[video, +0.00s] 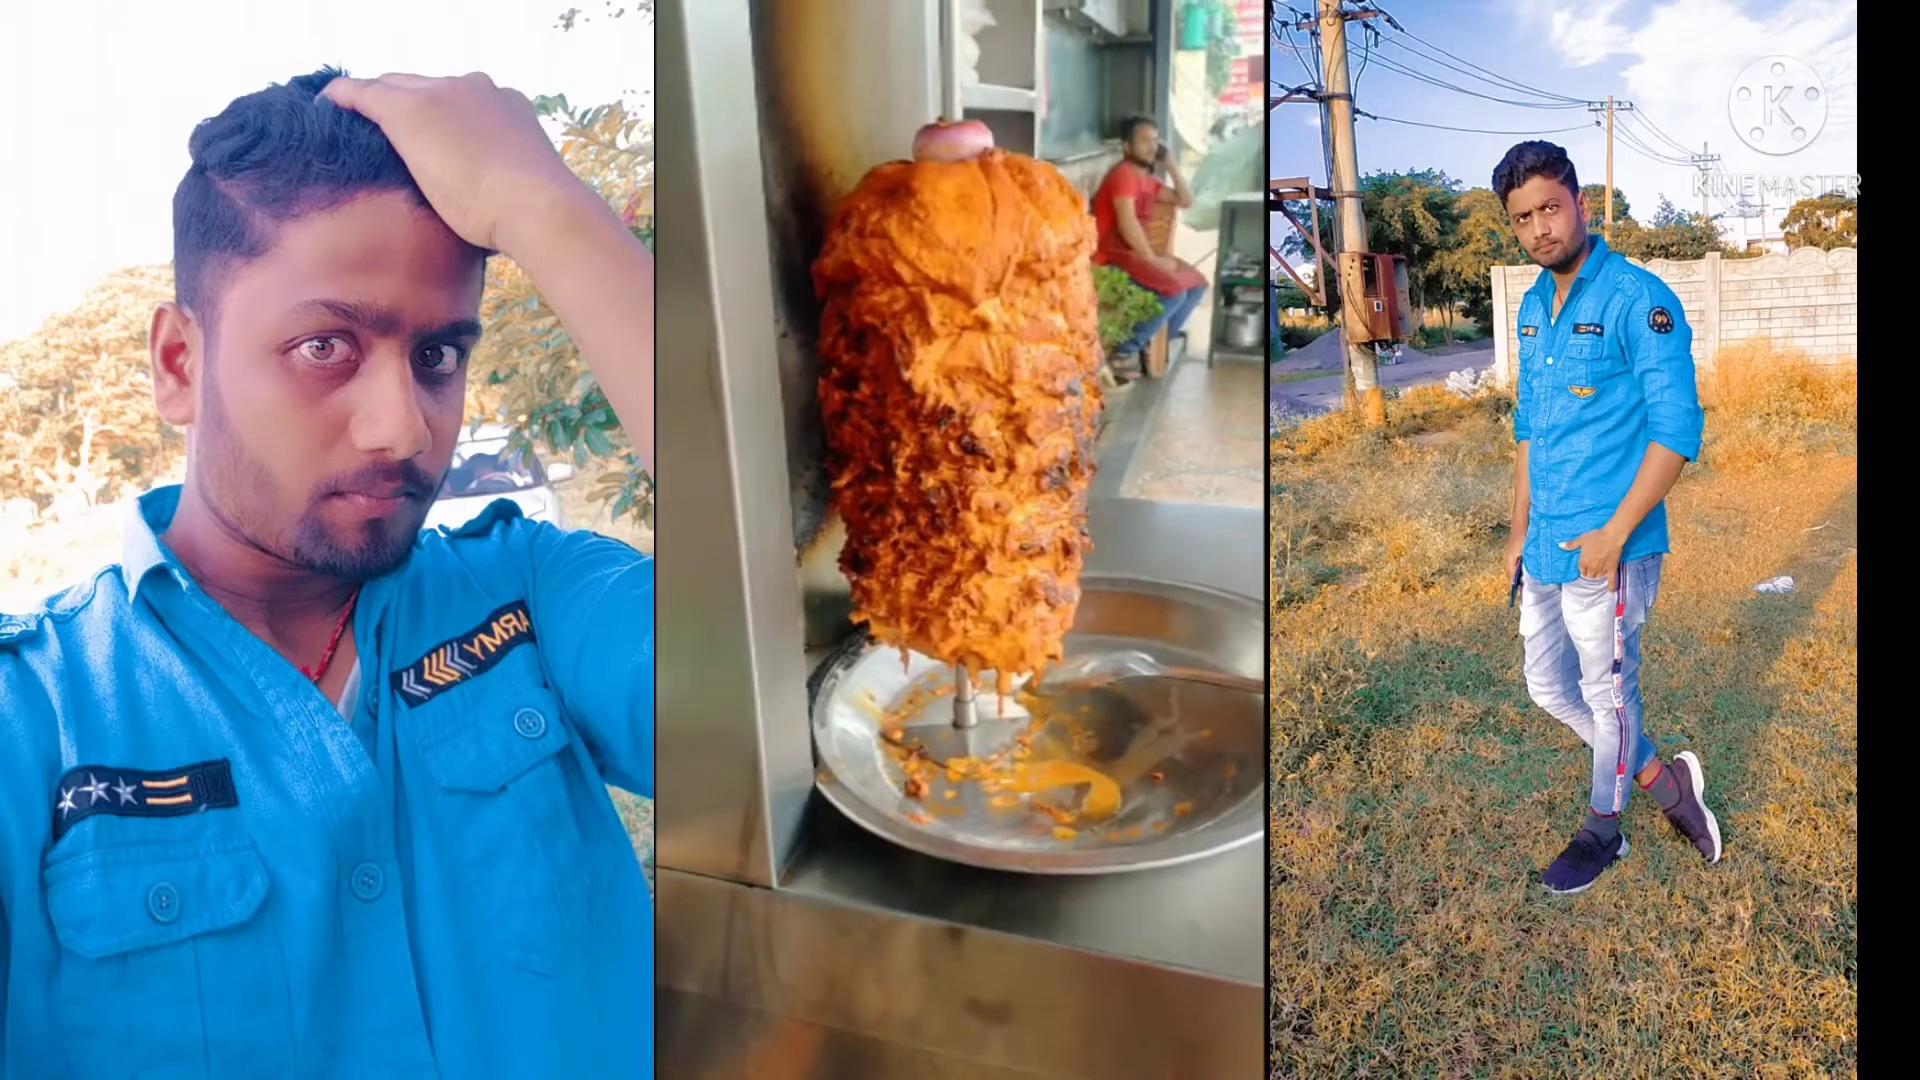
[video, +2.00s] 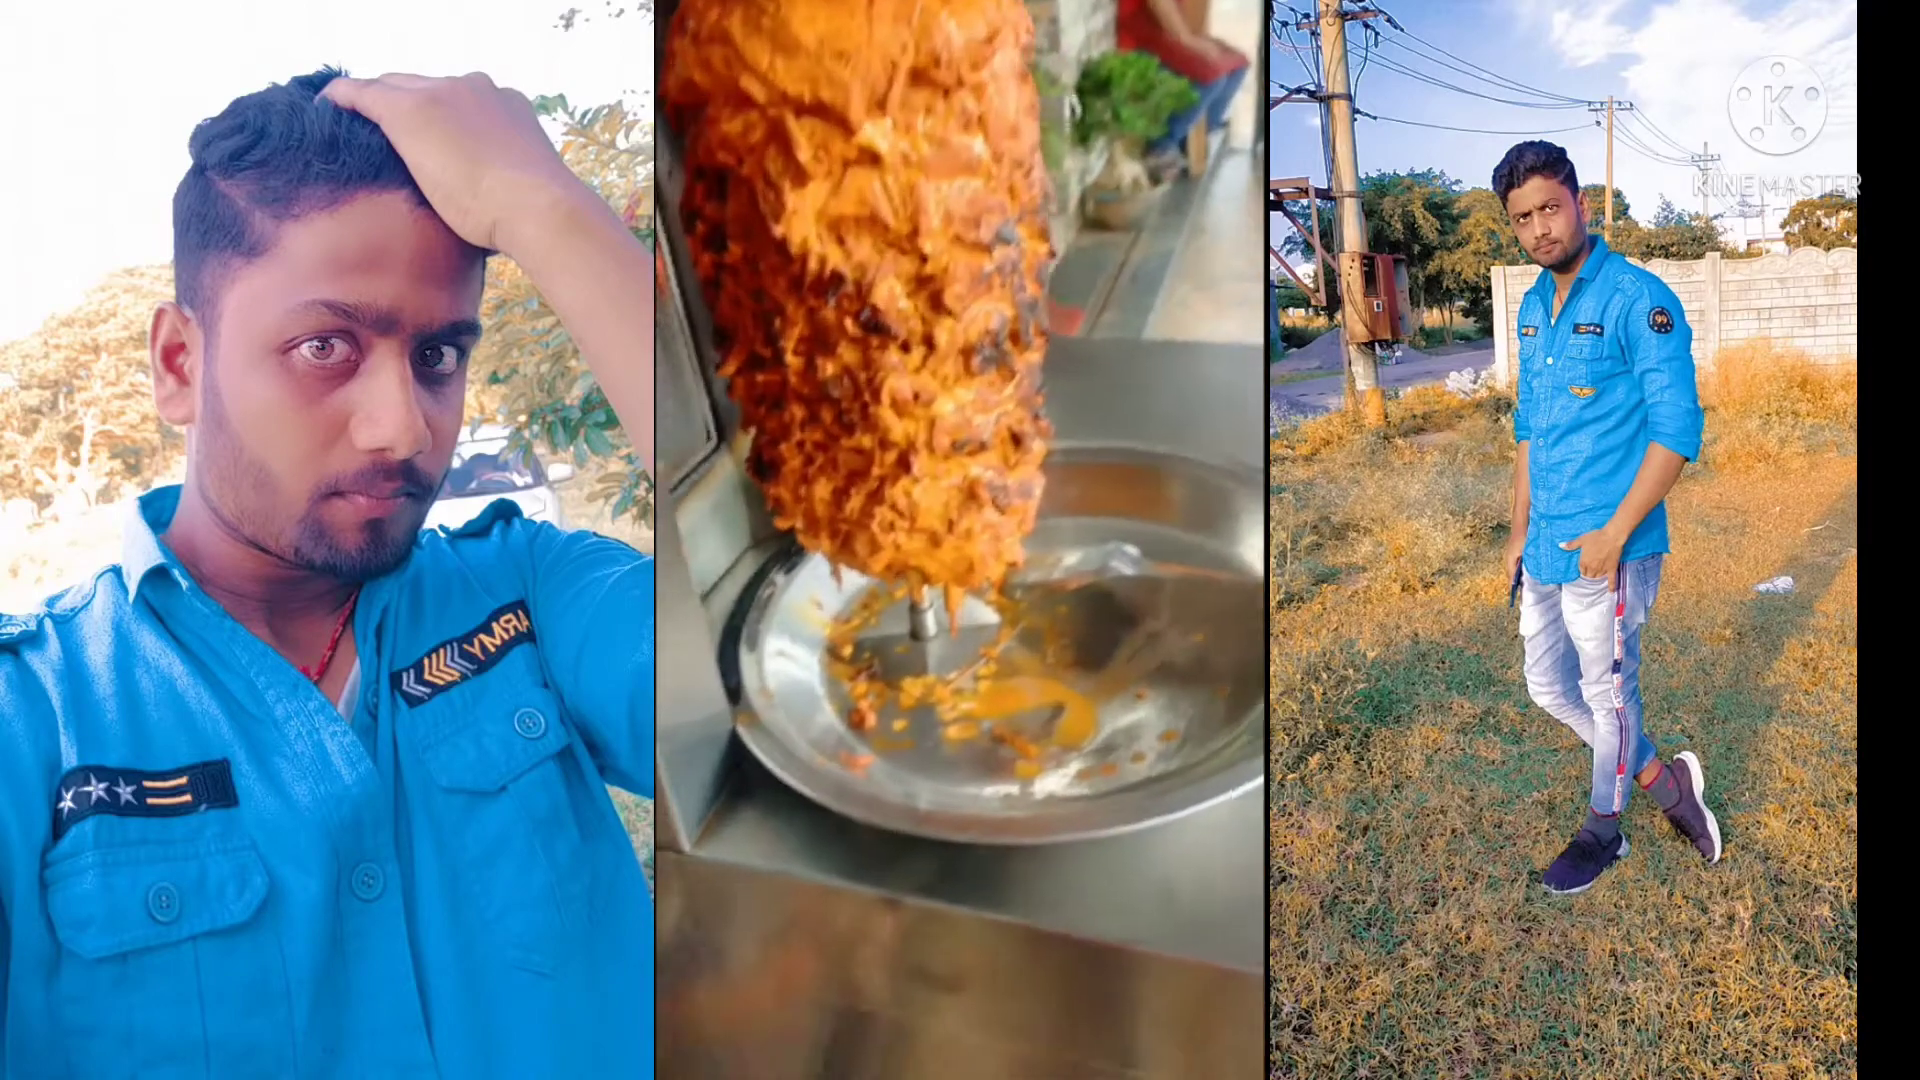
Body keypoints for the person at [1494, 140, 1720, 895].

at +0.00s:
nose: (1537, 229)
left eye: (1548, 209)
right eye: (1522, 219)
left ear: (1582, 203)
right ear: (1513, 228)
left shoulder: (1640, 298)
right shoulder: (1534, 307)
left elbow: (1678, 432)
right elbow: (1529, 431)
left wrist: (1615, 533)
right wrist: (1519, 529)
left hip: (1611, 537)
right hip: (1544, 538)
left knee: (1609, 689)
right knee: (1549, 684)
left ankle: (1602, 828)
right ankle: (1665, 778)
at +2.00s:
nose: (1537, 229)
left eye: (1548, 208)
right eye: (1522, 219)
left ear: (1582, 202)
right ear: (1513, 228)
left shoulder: (1641, 298)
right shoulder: (1534, 306)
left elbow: (1678, 432)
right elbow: (1529, 431)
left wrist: (1616, 532)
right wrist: (1519, 528)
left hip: (1612, 537)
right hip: (1544, 538)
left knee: (1609, 690)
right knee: (1549, 685)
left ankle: (1603, 828)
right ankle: (1665, 777)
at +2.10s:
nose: (1538, 229)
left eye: (1549, 209)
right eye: (1522, 219)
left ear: (1582, 203)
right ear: (1513, 228)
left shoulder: (1640, 298)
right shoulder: (1534, 306)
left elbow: (1678, 432)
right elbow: (1528, 430)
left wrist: (1616, 532)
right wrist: (1519, 528)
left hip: (1612, 536)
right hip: (1544, 537)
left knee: (1609, 689)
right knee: (1549, 684)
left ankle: (1602, 827)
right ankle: (1665, 778)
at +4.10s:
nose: (1537, 229)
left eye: (1549, 208)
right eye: (1522, 219)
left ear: (1582, 202)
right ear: (1513, 228)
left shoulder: (1641, 299)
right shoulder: (1534, 306)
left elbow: (1678, 432)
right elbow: (1529, 431)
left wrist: (1615, 533)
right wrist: (1520, 529)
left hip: (1611, 538)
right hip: (1544, 539)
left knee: (1610, 692)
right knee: (1548, 685)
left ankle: (1602, 827)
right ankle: (1665, 777)